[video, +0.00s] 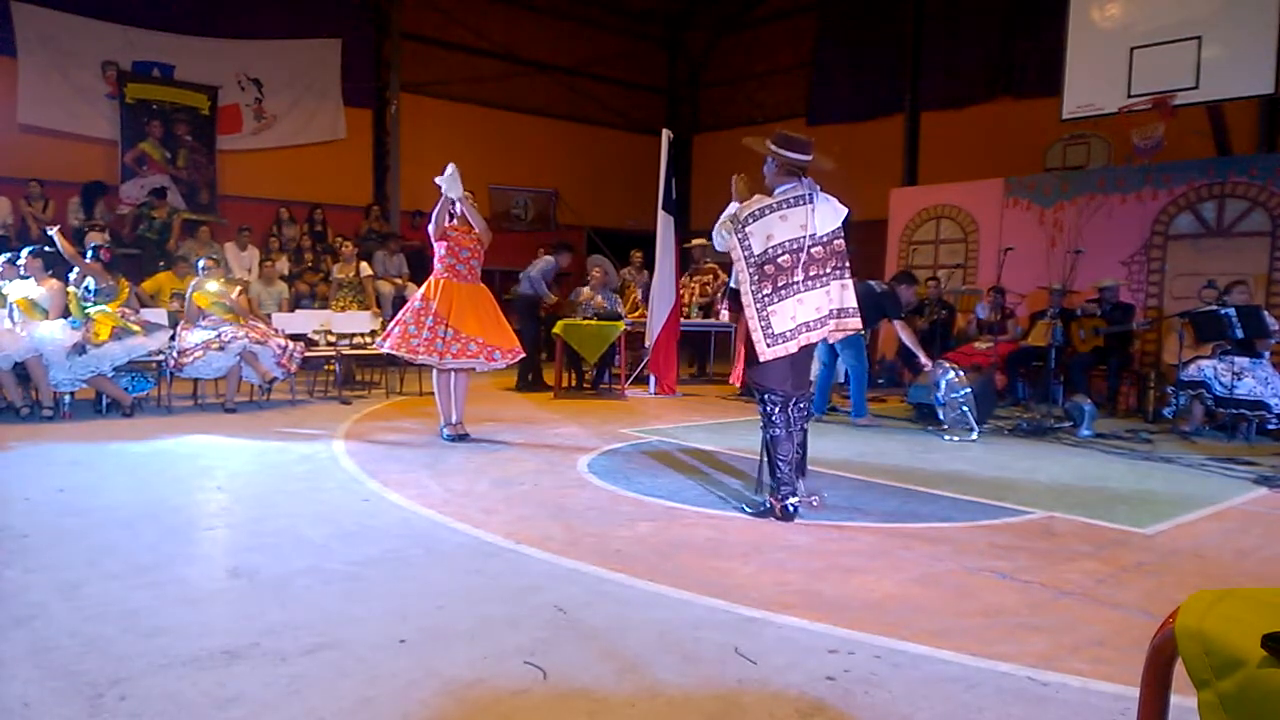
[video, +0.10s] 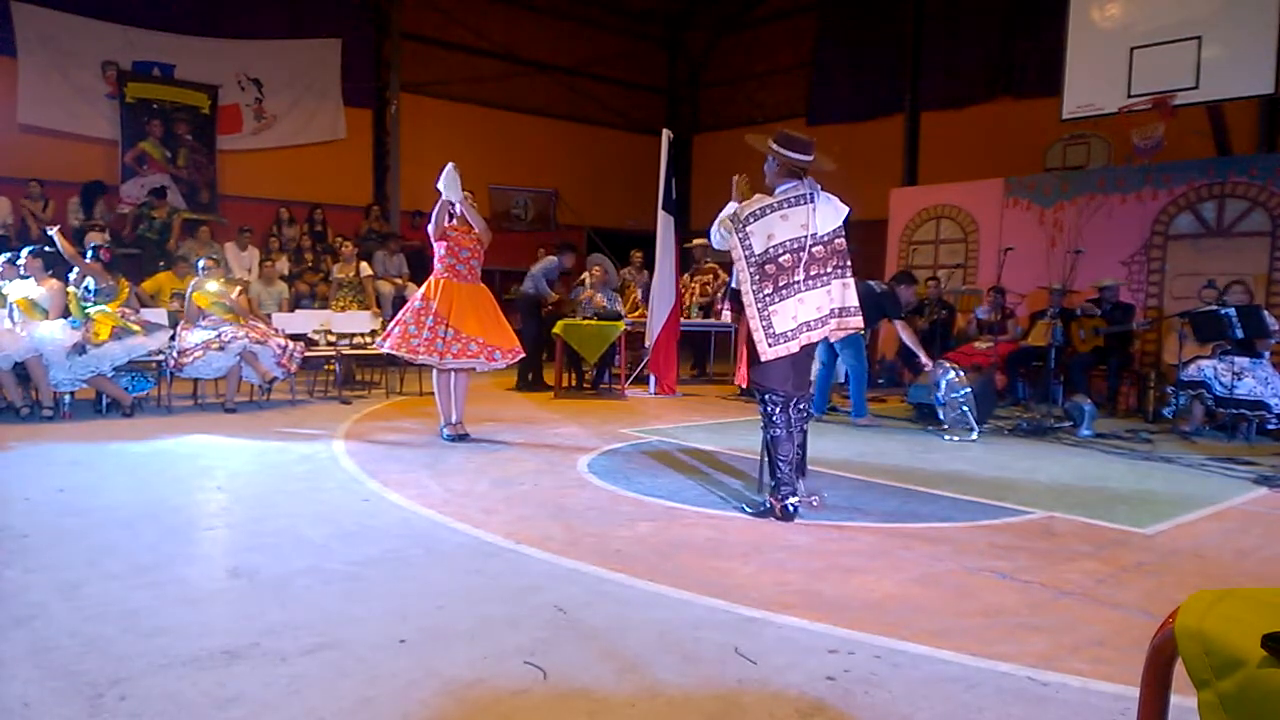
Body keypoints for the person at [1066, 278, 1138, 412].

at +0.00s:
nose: (1112, 294)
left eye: (1114, 291)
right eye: (1108, 291)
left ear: (1118, 292)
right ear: (1101, 293)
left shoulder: (1127, 308)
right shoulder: (1092, 305)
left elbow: (1121, 320)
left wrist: (1098, 312)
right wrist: (1080, 313)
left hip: (1118, 349)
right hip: (1097, 348)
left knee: (1115, 365)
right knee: (1077, 362)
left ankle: (1111, 403)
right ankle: (1082, 400)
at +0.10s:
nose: (1113, 293)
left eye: (1115, 290)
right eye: (1109, 290)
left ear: (1118, 291)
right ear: (1101, 292)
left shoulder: (1127, 308)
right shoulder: (1092, 305)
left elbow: (1120, 321)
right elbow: (1064, 315)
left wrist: (1098, 312)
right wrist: (1079, 312)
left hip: (1118, 349)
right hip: (1096, 348)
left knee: (1115, 364)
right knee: (1077, 362)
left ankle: (1111, 403)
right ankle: (1082, 400)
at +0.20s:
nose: (1113, 293)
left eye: (1115, 290)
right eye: (1108, 290)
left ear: (1118, 292)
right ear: (1101, 292)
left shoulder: (1127, 308)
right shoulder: (1092, 305)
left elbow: (1120, 321)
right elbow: (1064, 314)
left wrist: (1097, 313)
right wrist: (1079, 313)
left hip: (1117, 349)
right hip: (1096, 348)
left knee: (1115, 365)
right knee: (1077, 362)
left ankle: (1111, 403)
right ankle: (1082, 400)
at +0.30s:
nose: (1113, 294)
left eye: (1115, 290)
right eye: (1109, 290)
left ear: (1118, 292)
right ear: (1101, 292)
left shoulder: (1126, 308)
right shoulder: (1092, 305)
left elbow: (1120, 320)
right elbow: (1064, 314)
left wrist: (1098, 314)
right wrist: (1079, 313)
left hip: (1117, 349)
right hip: (1096, 348)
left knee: (1115, 365)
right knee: (1077, 362)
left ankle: (1111, 403)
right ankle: (1082, 400)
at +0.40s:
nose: (1112, 294)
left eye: (1115, 290)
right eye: (1108, 290)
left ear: (1118, 292)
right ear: (1101, 292)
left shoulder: (1126, 308)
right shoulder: (1092, 305)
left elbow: (1120, 320)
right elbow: (1066, 315)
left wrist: (1099, 315)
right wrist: (1079, 314)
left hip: (1117, 349)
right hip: (1096, 348)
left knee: (1114, 366)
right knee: (1077, 363)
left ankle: (1111, 404)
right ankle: (1083, 400)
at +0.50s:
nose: (1112, 294)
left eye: (1115, 290)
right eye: (1108, 290)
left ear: (1118, 292)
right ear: (1101, 292)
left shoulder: (1126, 308)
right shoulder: (1092, 305)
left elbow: (1121, 319)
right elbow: (1066, 315)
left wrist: (1098, 315)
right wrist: (1079, 314)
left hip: (1117, 350)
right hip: (1096, 348)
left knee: (1114, 366)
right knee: (1077, 363)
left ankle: (1111, 404)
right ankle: (1083, 400)